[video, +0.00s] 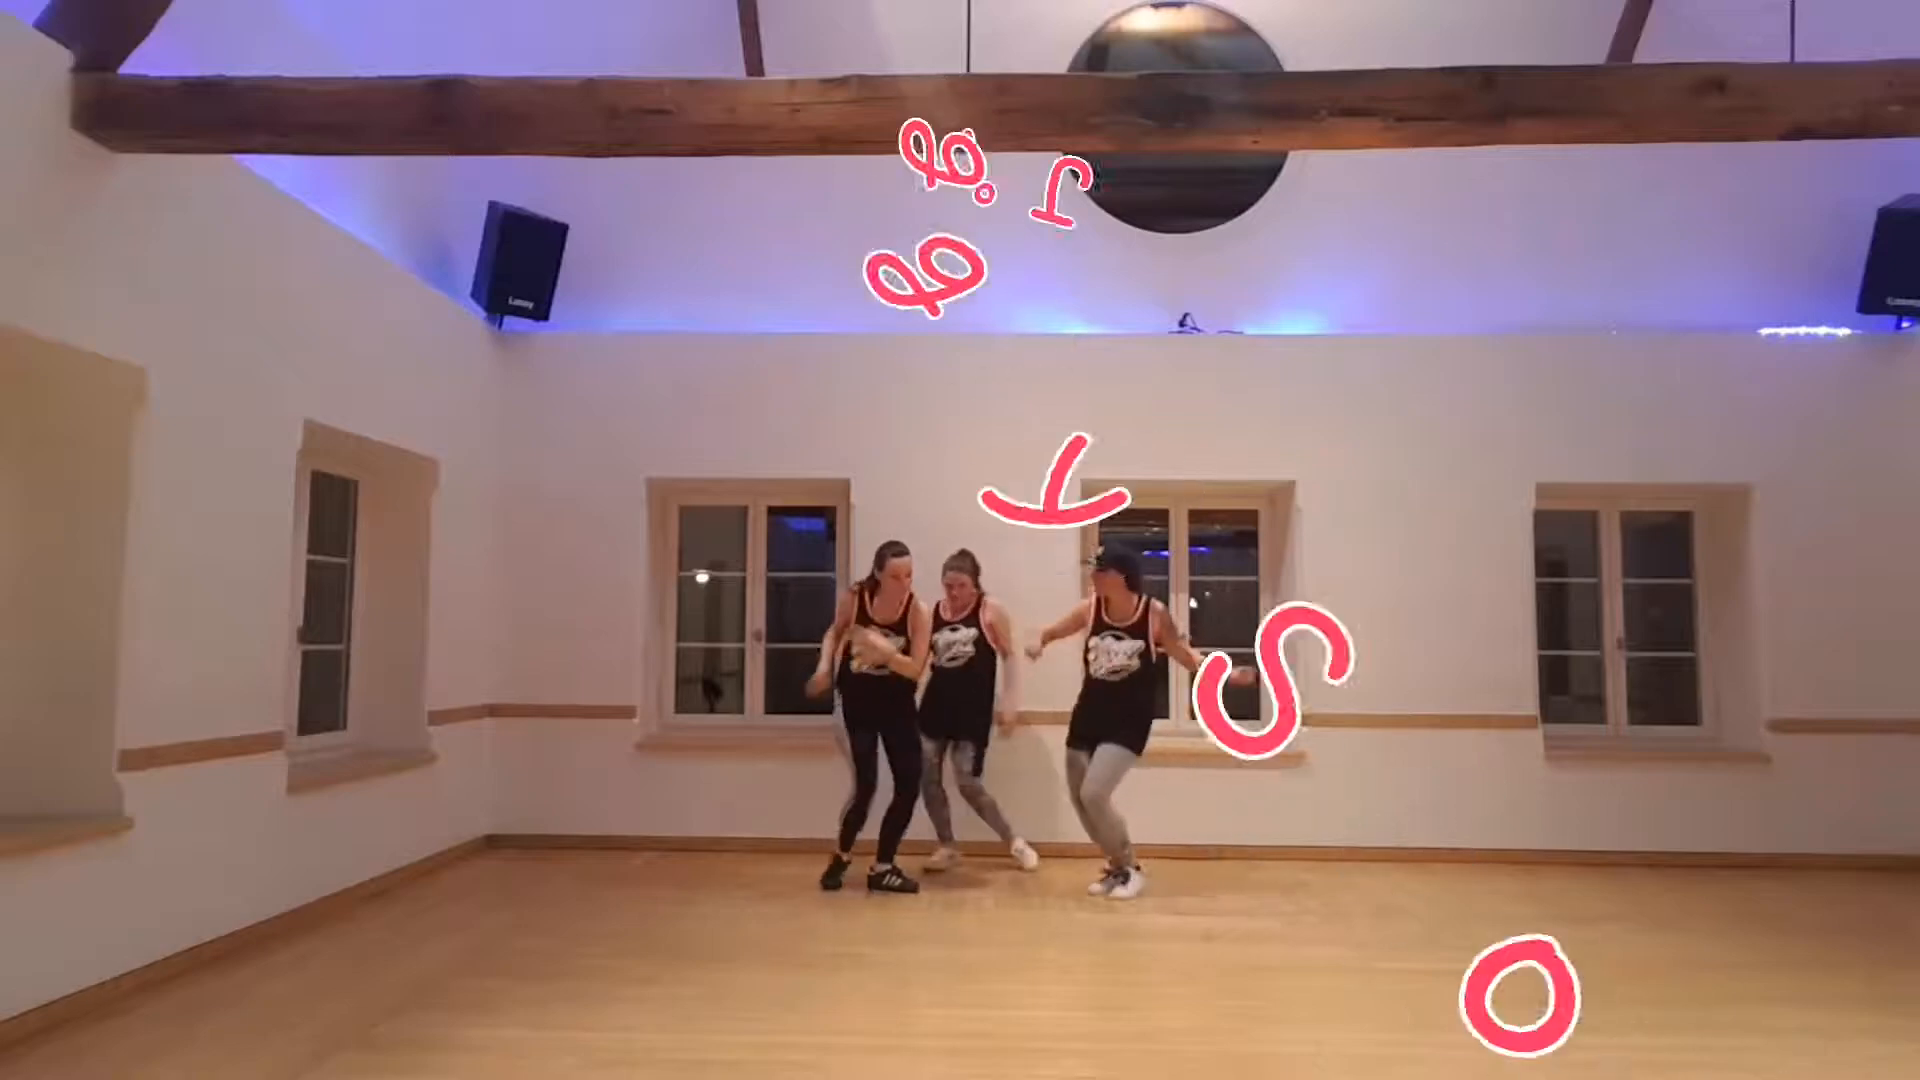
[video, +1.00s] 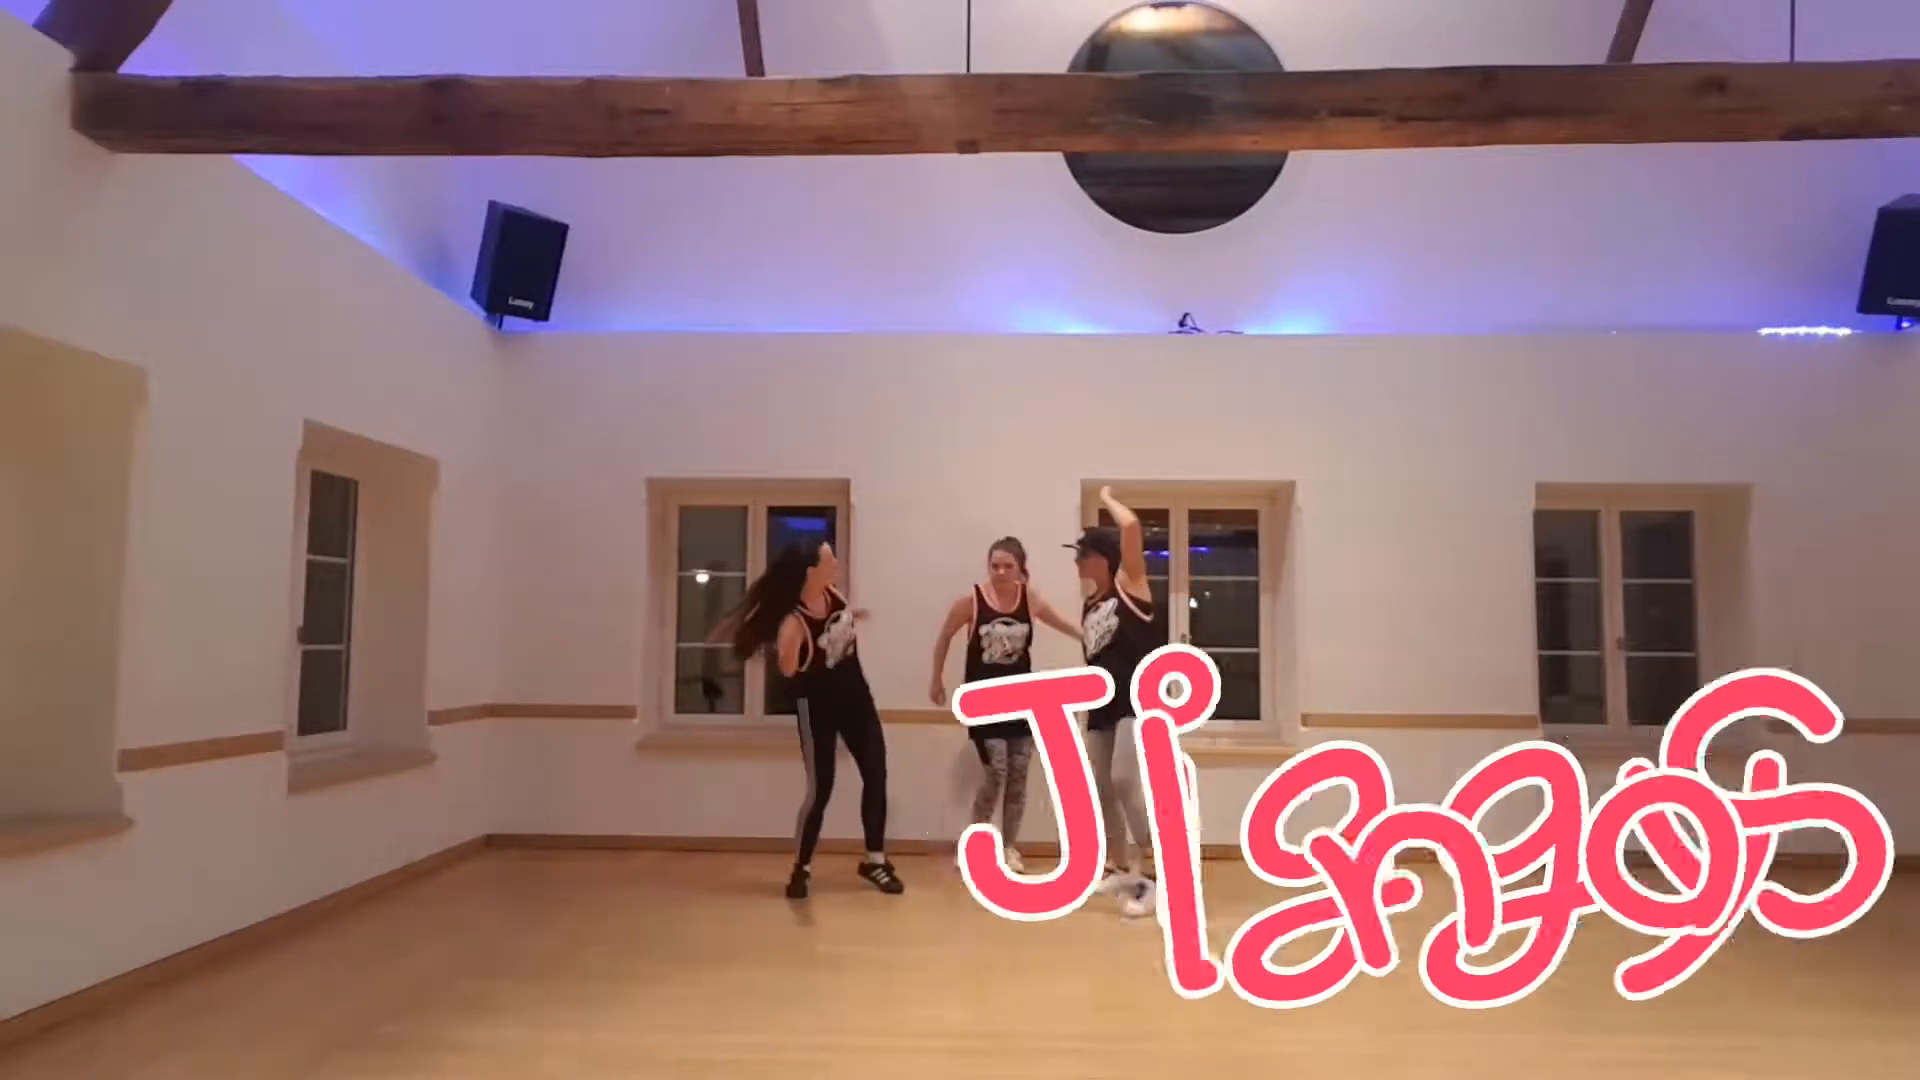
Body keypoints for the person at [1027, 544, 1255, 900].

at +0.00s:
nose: (1095, 576)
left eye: (1102, 571)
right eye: (1095, 570)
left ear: (1124, 577)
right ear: (1099, 577)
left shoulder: (1155, 617)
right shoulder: (1091, 609)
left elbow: (1189, 659)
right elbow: (1051, 633)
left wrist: (1228, 675)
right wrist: (1038, 642)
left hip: (1128, 720)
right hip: (1087, 715)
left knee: (1093, 793)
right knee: (1079, 795)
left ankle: (1127, 869)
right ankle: (1117, 867)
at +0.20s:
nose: (1088, 564)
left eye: (1094, 558)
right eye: (1087, 559)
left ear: (1114, 561)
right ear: (1094, 564)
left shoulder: (1149, 592)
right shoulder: (1084, 592)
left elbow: (1196, 613)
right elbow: (1027, 606)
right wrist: (1010, 578)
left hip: (1131, 703)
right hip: (1091, 702)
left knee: (1092, 770)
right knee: (1084, 780)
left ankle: (1125, 856)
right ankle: (1115, 862)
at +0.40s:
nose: (1079, 558)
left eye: (1084, 550)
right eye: (1078, 552)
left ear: (1105, 551)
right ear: (1087, 555)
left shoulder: (1144, 578)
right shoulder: (1080, 588)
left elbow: (1196, 574)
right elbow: (1029, 600)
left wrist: (1183, 534)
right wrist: (994, 574)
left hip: (1139, 698)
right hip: (1096, 702)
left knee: (1129, 775)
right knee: (1099, 789)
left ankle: (1127, 874)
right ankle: (1118, 868)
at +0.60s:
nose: (1076, 581)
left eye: (1080, 574)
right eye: (1074, 575)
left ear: (1102, 571)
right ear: (1086, 576)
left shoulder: (1141, 592)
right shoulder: (1080, 612)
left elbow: (1191, 564)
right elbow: (1037, 637)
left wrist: (1151, 544)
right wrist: (1002, 606)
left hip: (1144, 715)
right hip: (1096, 719)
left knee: (1150, 790)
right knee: (1095, 804)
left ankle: (1127, 881)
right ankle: (1118, 869)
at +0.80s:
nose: (1073, 568)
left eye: (1078, 560)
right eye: (1072, 562)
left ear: (1098, 561)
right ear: (1083, 566)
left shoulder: (1134, 580)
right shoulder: (1081, 608)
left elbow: (1171, 532)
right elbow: (1053, 656)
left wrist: (1128, 528)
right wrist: (1015, 634)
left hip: (1144, 703)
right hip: (1101, 709)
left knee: (1132, 776)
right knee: (1102, 790)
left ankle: (1128, 865)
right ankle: (1117, 866)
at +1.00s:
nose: (1079, 567)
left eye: (1085, 559)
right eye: (1079, 560)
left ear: (1106, 559)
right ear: (1090, 563)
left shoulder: (1131, 584)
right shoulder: (1092, 607)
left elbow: (1130, 525)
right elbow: (1092, 658)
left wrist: (1107, 497)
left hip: (1134, 706)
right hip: (1099, 709)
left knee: (1125, 781)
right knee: (1101, 788)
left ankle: (1152, 873)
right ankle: (1119, 869)